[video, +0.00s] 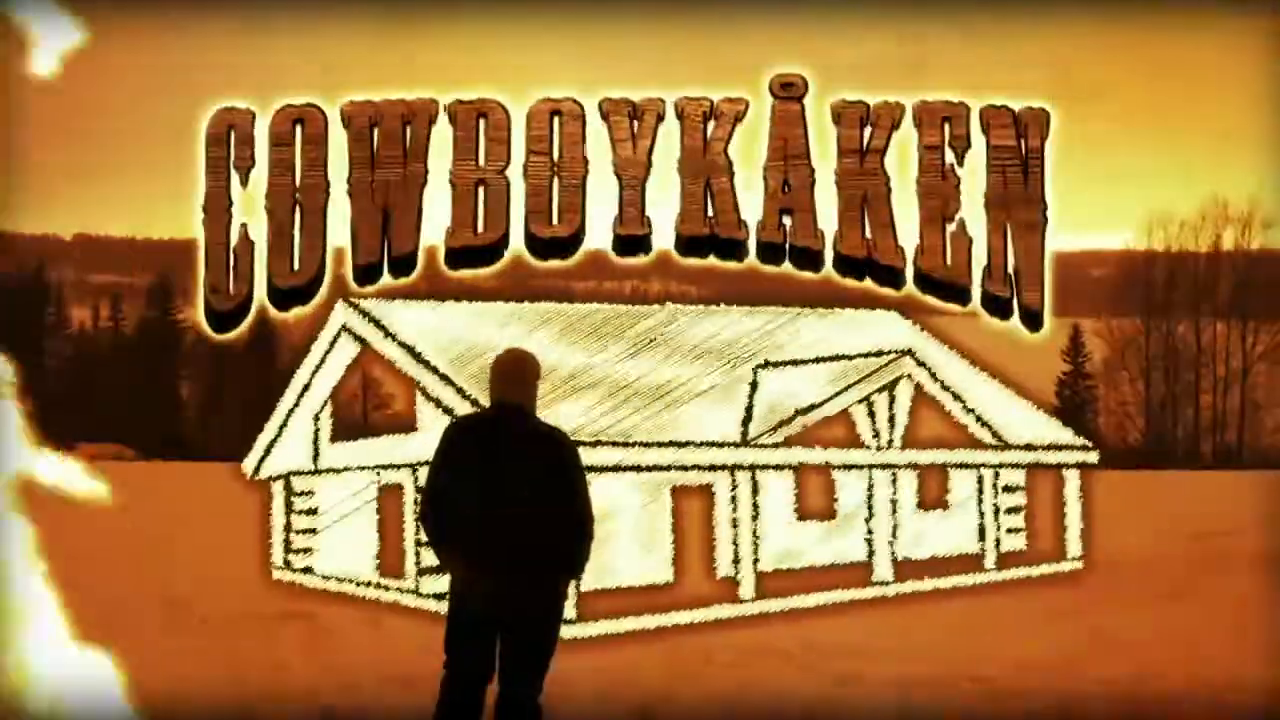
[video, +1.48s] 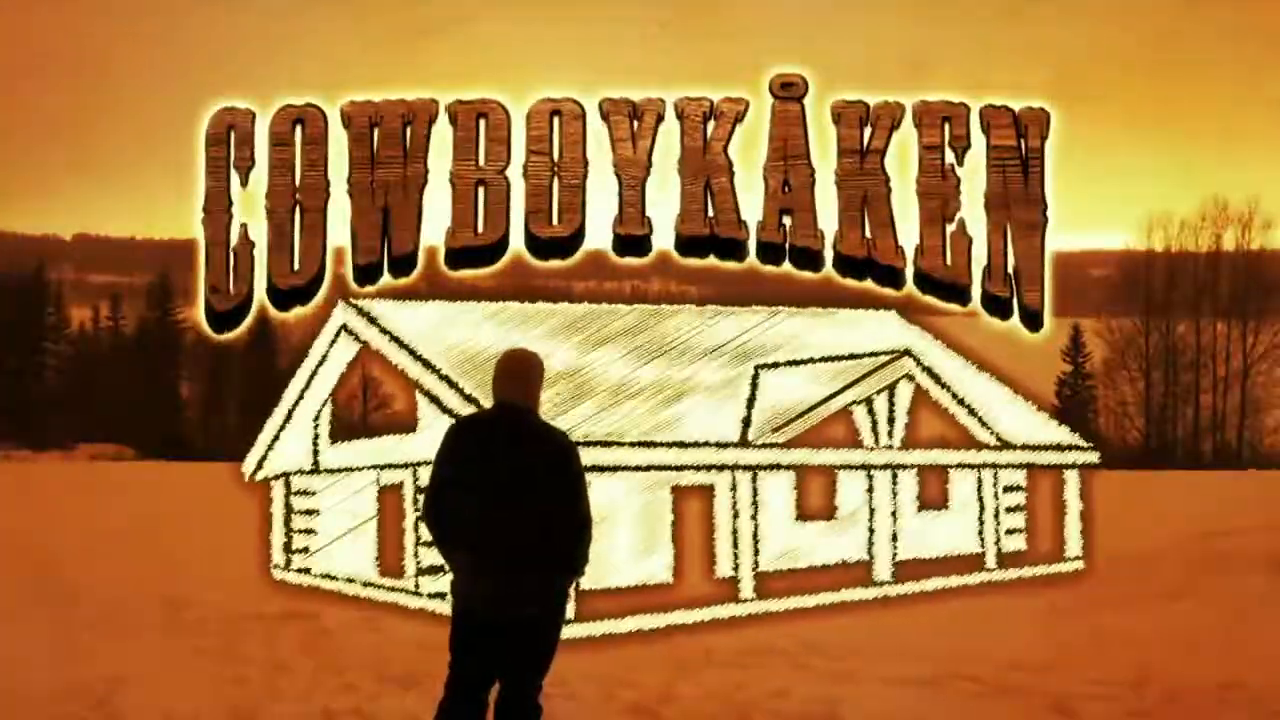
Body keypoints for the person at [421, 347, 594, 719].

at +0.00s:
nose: (522, 390)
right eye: (527, 382)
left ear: (491, 383)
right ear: (535, 386)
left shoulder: (461, 434)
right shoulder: (557, 443)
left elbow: (433, 508)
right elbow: (580, 518)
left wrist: (454, 560)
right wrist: (566, 570)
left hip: (473, 586)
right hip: (538, 590)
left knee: (462, 685)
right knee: (522, 691)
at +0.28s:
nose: (524, 390)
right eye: (530, 383)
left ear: (494, 384)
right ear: (537, 387)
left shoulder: (462, 435)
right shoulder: (560, 444)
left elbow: (434, 510)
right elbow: (582, 519)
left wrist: (458, 562)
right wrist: (566, 569)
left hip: (474, 587)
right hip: (538, 592)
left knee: (463, 686)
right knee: (522, 691)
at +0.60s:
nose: (529, 392)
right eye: (535, 384)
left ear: (497, 385)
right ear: (541, 389)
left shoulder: (464, 434)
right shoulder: (562, 445)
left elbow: (436, 509)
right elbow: (582, 522)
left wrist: (462, 562)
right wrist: (566, 572)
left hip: (476, 588)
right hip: (540, 592)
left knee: (464, 689)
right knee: (521, 694)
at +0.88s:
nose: (529, 392)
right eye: (536, 385)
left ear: (498, 384)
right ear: (543, 389)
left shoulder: (465, 434)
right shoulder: (562, 445)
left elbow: (439, 508)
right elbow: (581, 521)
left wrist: (463, 563)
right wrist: (568, 573)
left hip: (478, 588)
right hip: (542, 592)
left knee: (465, 688)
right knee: (523, 693)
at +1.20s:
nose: (535, 393)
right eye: (539, 385)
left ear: (498, 384)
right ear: (541, 389)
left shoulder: (465, 434)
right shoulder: (561, 446)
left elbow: (439, 506)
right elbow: (579, 521)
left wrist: (462, 560)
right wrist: (568, 572)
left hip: (477, 589)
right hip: (541, 594)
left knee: (466, 689)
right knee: (522, 694)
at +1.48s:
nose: (528, 393)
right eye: (533, 385)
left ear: (494, 384)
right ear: (538, 389)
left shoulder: (464, 433)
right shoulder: (558, 444)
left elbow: (437, 508)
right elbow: (578, 520)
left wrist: (461, 561)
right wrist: (566, 571)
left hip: (475, 589)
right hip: (540, 594)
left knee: (464, 690)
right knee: (522, 693)